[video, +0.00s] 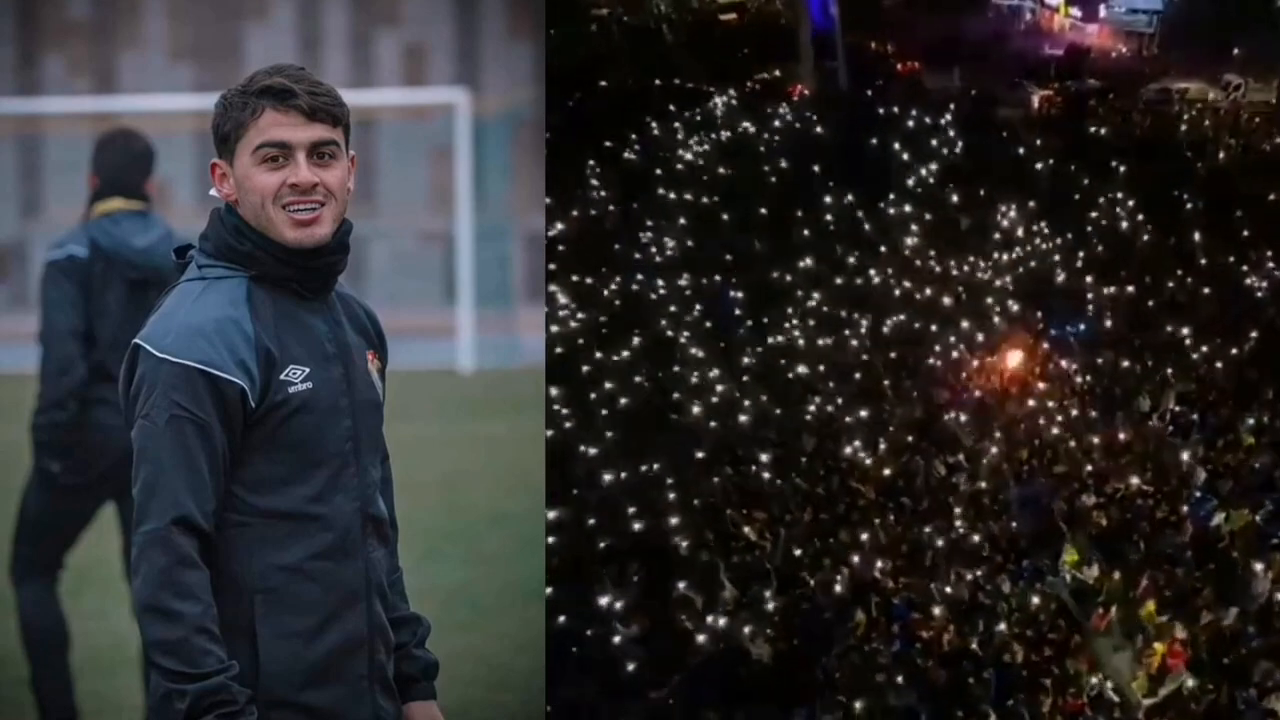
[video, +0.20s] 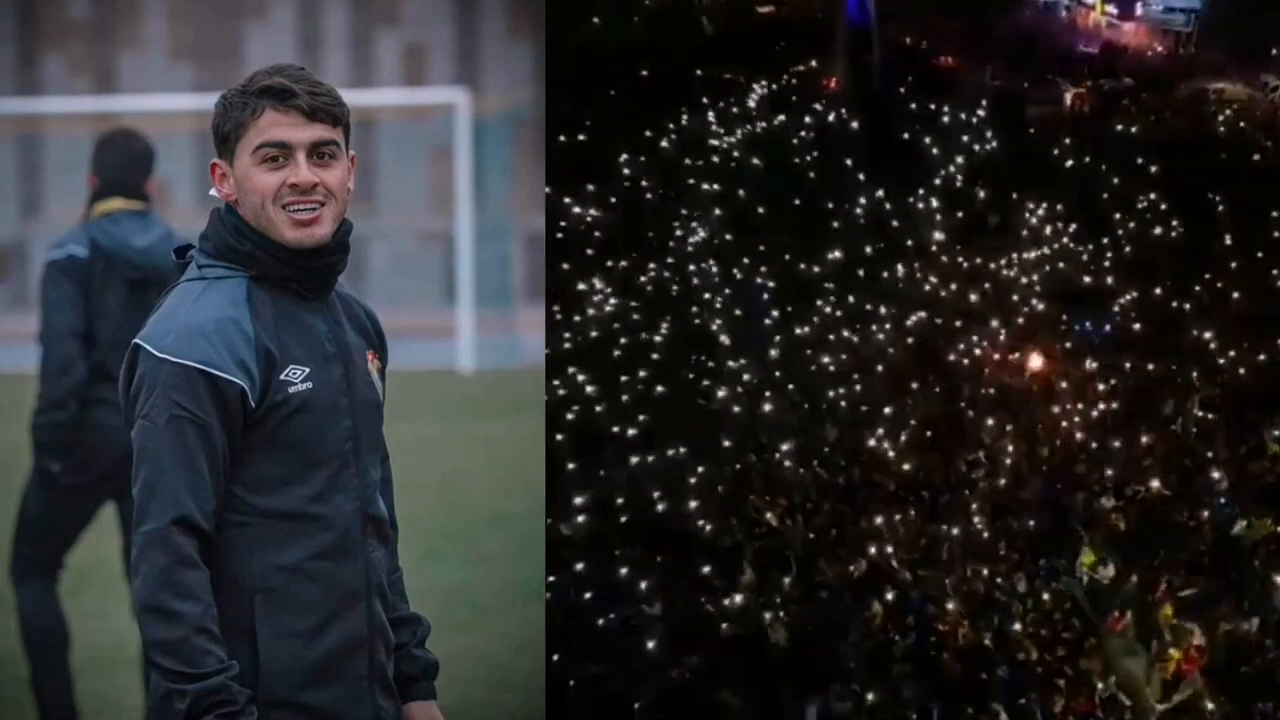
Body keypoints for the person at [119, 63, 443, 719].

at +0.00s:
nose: (305, 178)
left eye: (322, 155)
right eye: (274, 158)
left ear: (349, 171)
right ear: (226, 182)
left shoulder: (356, 323)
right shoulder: (195, 334)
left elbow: (372, 525)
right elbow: (164, 550)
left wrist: (414, 684)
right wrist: (213, 705)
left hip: (366, 690)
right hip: (260, 691)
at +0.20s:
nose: (304, 178)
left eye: (322, 155)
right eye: (274, 158)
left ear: (350, 171)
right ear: (226, 182)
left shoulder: (356, 323)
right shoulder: (195, 334)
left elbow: (372, 525)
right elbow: (164, 550)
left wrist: (414, 684)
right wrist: (213, 705)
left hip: (365, 690)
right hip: (259, 691)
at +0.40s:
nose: (305, 178)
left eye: (322, 155)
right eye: (274, 158)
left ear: (349, 171)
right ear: (226, 182)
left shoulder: (356, 323)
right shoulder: (195, 334)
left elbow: (372, 525)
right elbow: (164, 550)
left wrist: (414, 684)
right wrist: (213, 705)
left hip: (366, 690)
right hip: (260, 691)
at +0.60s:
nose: (305, 178)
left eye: (322, 155)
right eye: (274, 158)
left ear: (349, 171)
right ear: (226, 182)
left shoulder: (356, 323)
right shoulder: (195, 334)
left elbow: (372, 525)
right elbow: (164, 550)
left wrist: (414, 684)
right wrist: (213, 705)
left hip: (365, 690)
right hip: (260, 691)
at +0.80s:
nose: (305, 178)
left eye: (322, 155)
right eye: (274, 158)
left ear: (349, 171)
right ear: (226, 182)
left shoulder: (356, 323)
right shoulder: (195, 334)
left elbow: (372, 525)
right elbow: (164, 550)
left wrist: (414, 684)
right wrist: (213, 705)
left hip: (365, 690)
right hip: (260, 691)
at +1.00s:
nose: (305, 178)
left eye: (322, 155)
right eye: (274, 158)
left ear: (349, 171)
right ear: (226, 182)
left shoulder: (356, 323)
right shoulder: (195, 334)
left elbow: (372, 525)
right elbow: (164, 550)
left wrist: (414, 684)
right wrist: (213, 705)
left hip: (365, 690)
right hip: (260, 691)